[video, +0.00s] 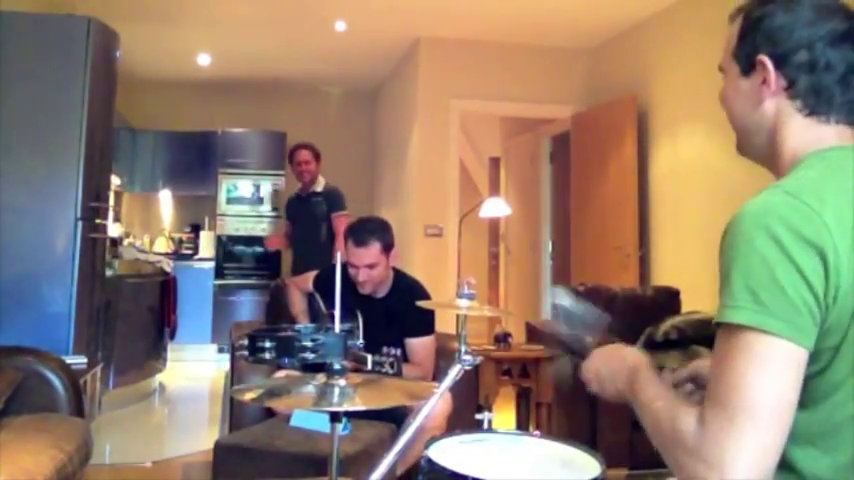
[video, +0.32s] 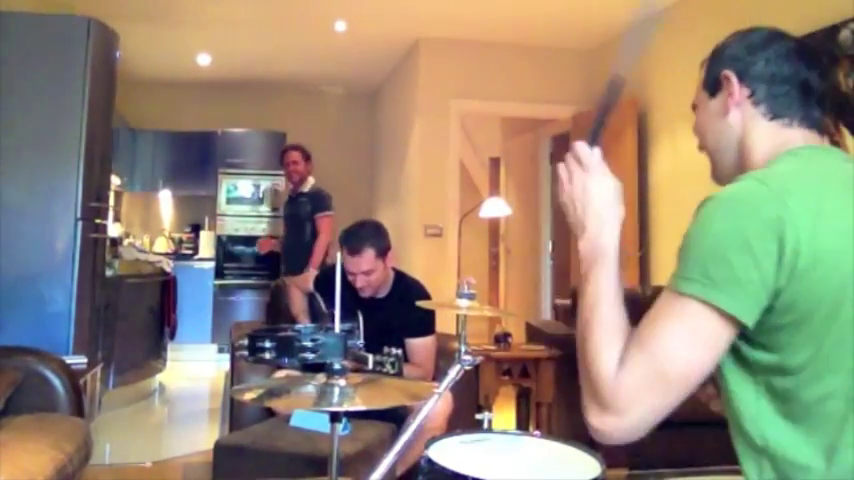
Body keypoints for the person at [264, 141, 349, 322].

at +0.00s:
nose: (303, 169)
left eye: (307, 163)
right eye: (298, 164)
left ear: (318, 164)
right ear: (292, 168)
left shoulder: (331, 195)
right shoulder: (292, 202)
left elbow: (341, 234)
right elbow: (290, 236)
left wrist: (338, 268)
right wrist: (278, 241)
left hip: (326, 272)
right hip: (298, 275)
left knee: (328, 324)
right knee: (302, 326)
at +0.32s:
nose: (291, 169)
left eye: (296, 163)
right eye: (287, 165)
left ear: (308, 165)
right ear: (283, 169)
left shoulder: (319, 197)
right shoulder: (289, 201)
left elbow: (325, 235)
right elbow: (292, 242)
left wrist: (311, 271)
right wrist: (274, 245)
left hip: (306, 273)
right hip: (288, 273)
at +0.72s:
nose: (268, 174)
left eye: (271, 168)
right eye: (269, 168)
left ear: (281, 169)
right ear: (284, 169)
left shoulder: (299, 197)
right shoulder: (287, 197)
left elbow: (303, 235)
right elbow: (289, 237)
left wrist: (291, 271)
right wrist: (270, 244)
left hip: (291, 277)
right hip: (279, 274)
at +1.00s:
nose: (256, 173)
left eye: (256, 167)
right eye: (256, 167)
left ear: (262, 168)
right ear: (280, 167)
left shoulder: (275, 195)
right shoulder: (290, 196)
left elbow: (275, 237)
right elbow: (289, 238)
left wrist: (263, 276)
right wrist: (260, 244)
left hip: (275, 277)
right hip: (288, 275)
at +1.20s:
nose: (241, 173)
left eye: (241, 168)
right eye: (241, 168)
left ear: (247, 168)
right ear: (266, 166)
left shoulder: (258, 192)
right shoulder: (280, 193)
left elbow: (256, 231)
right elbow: (288, 229)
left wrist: (239, 271)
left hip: (262, 271)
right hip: (281, 267)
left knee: (254, 327)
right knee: (275, 325)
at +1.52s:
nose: (225, 173)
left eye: (226, 169)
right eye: (226, 169)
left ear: (230, 170)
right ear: (251, 168)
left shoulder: (235, 194)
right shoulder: (270, 197)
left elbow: (227, 235)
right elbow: (279, 237)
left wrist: (212, 265)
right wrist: (258, 247)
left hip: (243, 272)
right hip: (267, 270)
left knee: (241, 334)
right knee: (258, 332)